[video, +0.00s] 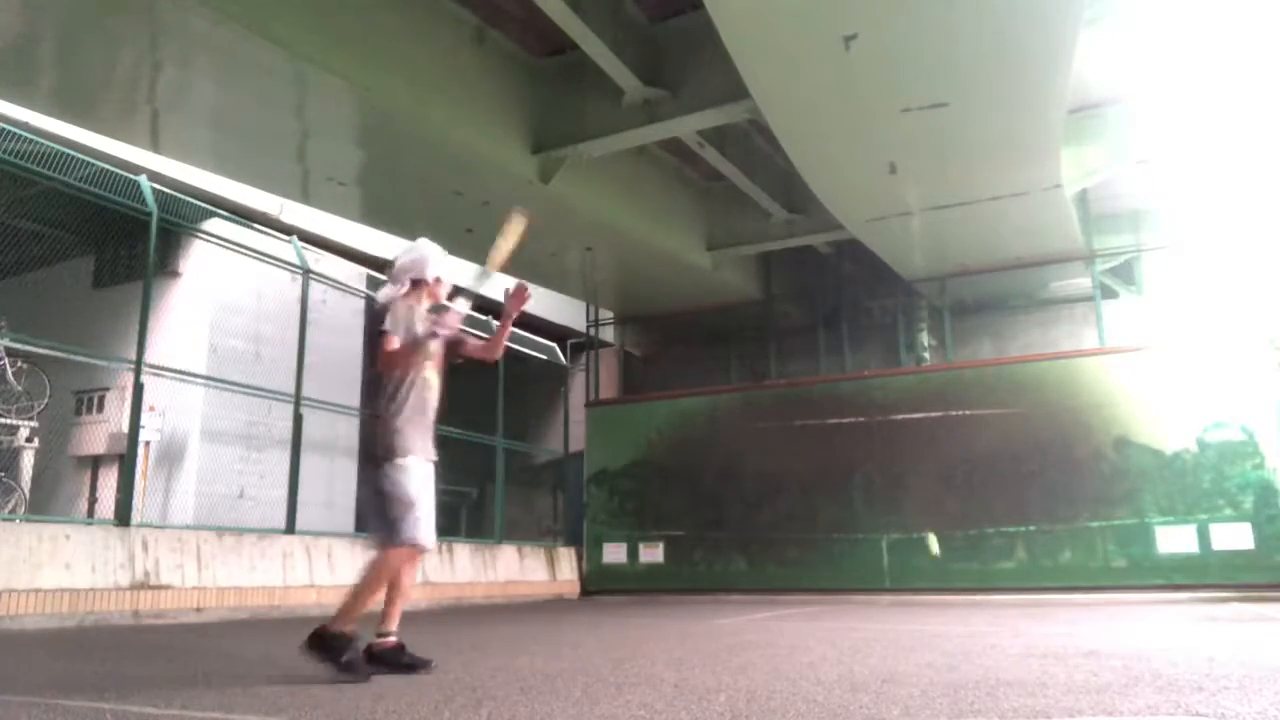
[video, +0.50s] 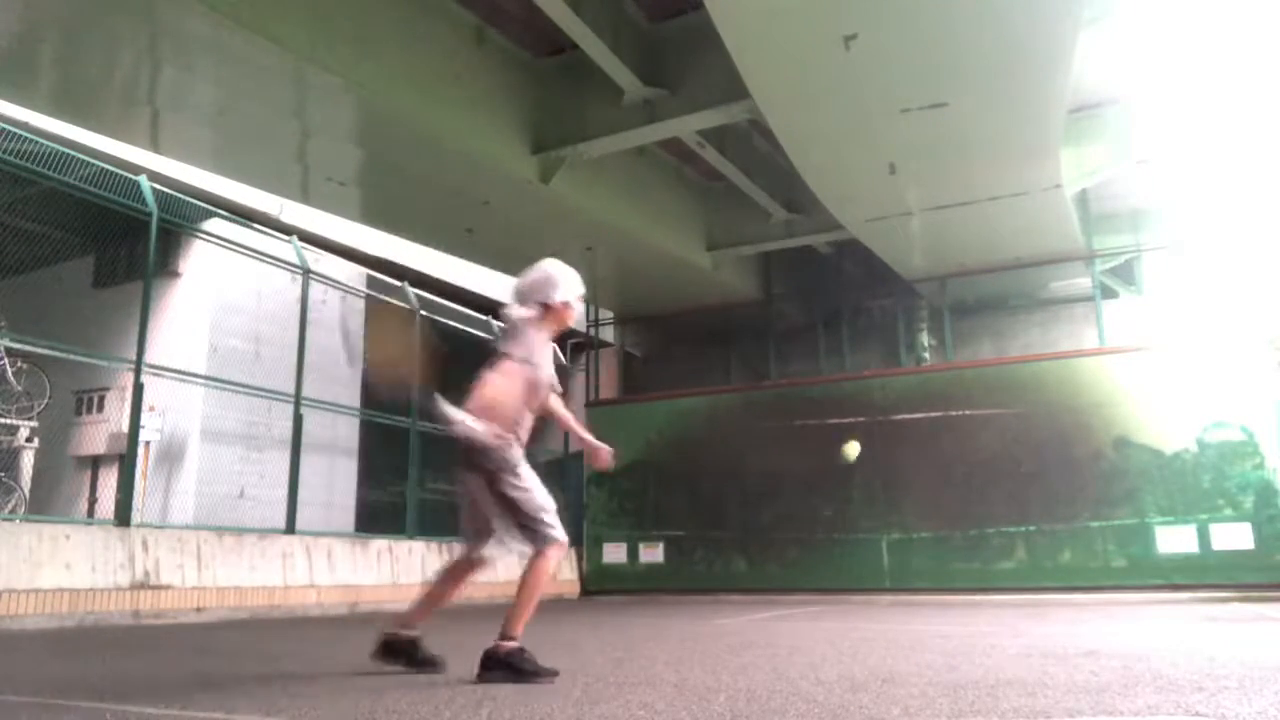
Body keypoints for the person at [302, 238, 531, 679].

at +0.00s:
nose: (447, 287)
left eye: (447, 280)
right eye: (443, 279)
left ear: (423, 280)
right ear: (426, 279)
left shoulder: (436, 320)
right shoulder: (395, 308)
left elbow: (489, 351)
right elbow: (389, 361)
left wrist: (509, 314)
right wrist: (434, 332)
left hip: (417, 447)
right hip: (395, 445)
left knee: (412, 545)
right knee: (406, 542)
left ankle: (386, 641)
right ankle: (335, 632)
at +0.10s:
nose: (466, 283)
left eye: (464, 276)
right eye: (460, 276)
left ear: (447, 280)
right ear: (442, 279)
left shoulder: (457, 325)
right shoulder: (412, 310)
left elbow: (509, 351)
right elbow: (376, 360)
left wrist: (522, 312)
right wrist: (401, 312)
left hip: (435, 439)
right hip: (413, 435)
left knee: (416, 542)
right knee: (448, 526)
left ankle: (387, 640)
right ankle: (393, 630)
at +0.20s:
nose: (486, 288)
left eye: (486, 280)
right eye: (482, 280)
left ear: (466, 282)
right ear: (465, 281)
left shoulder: (479, 327)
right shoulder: (426, 315)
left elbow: (528, 358)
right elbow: (378, 356)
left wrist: (546, 332)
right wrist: (365, 339)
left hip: (448, 442)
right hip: (430, 441)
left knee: (420, 547)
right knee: (473, 528)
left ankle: (385, 642)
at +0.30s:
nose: (510, 294)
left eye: (509, 286)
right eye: (505, 286)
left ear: (489, 289)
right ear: (486, 287)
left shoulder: (505, 335)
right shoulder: (446, 320)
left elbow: (552, 374)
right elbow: (396, 356)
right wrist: (367, 352)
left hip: (473, 450)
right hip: (452, 448)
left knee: (433, 549)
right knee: (498, 532)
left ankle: (385, 642)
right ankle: (501, 646)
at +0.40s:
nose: (540, 299)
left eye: (540, 291)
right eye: (535, 291)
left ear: (521, 294)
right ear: (516, 294)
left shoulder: (531, 344)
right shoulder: (476, 326)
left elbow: (570, 397)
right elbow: (433, 356)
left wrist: (619, 432)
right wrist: (396, 372)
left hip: (492, 450)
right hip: (475, 448)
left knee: (443, 549)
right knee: (530, 535)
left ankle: (386, 641)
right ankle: (504, 648)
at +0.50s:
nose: (577, 311)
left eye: (577, 303)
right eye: (573, 303)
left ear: (546, 303)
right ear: (555, 304)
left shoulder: (539, 346)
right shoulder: (530, 338)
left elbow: (550, 401)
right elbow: (495, 386)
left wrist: (590, 442)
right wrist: (479, 416)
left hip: (478, 447)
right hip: (495, 447)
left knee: (479, 551)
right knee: (552, 543)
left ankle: (402, 634)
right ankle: (506, 647)